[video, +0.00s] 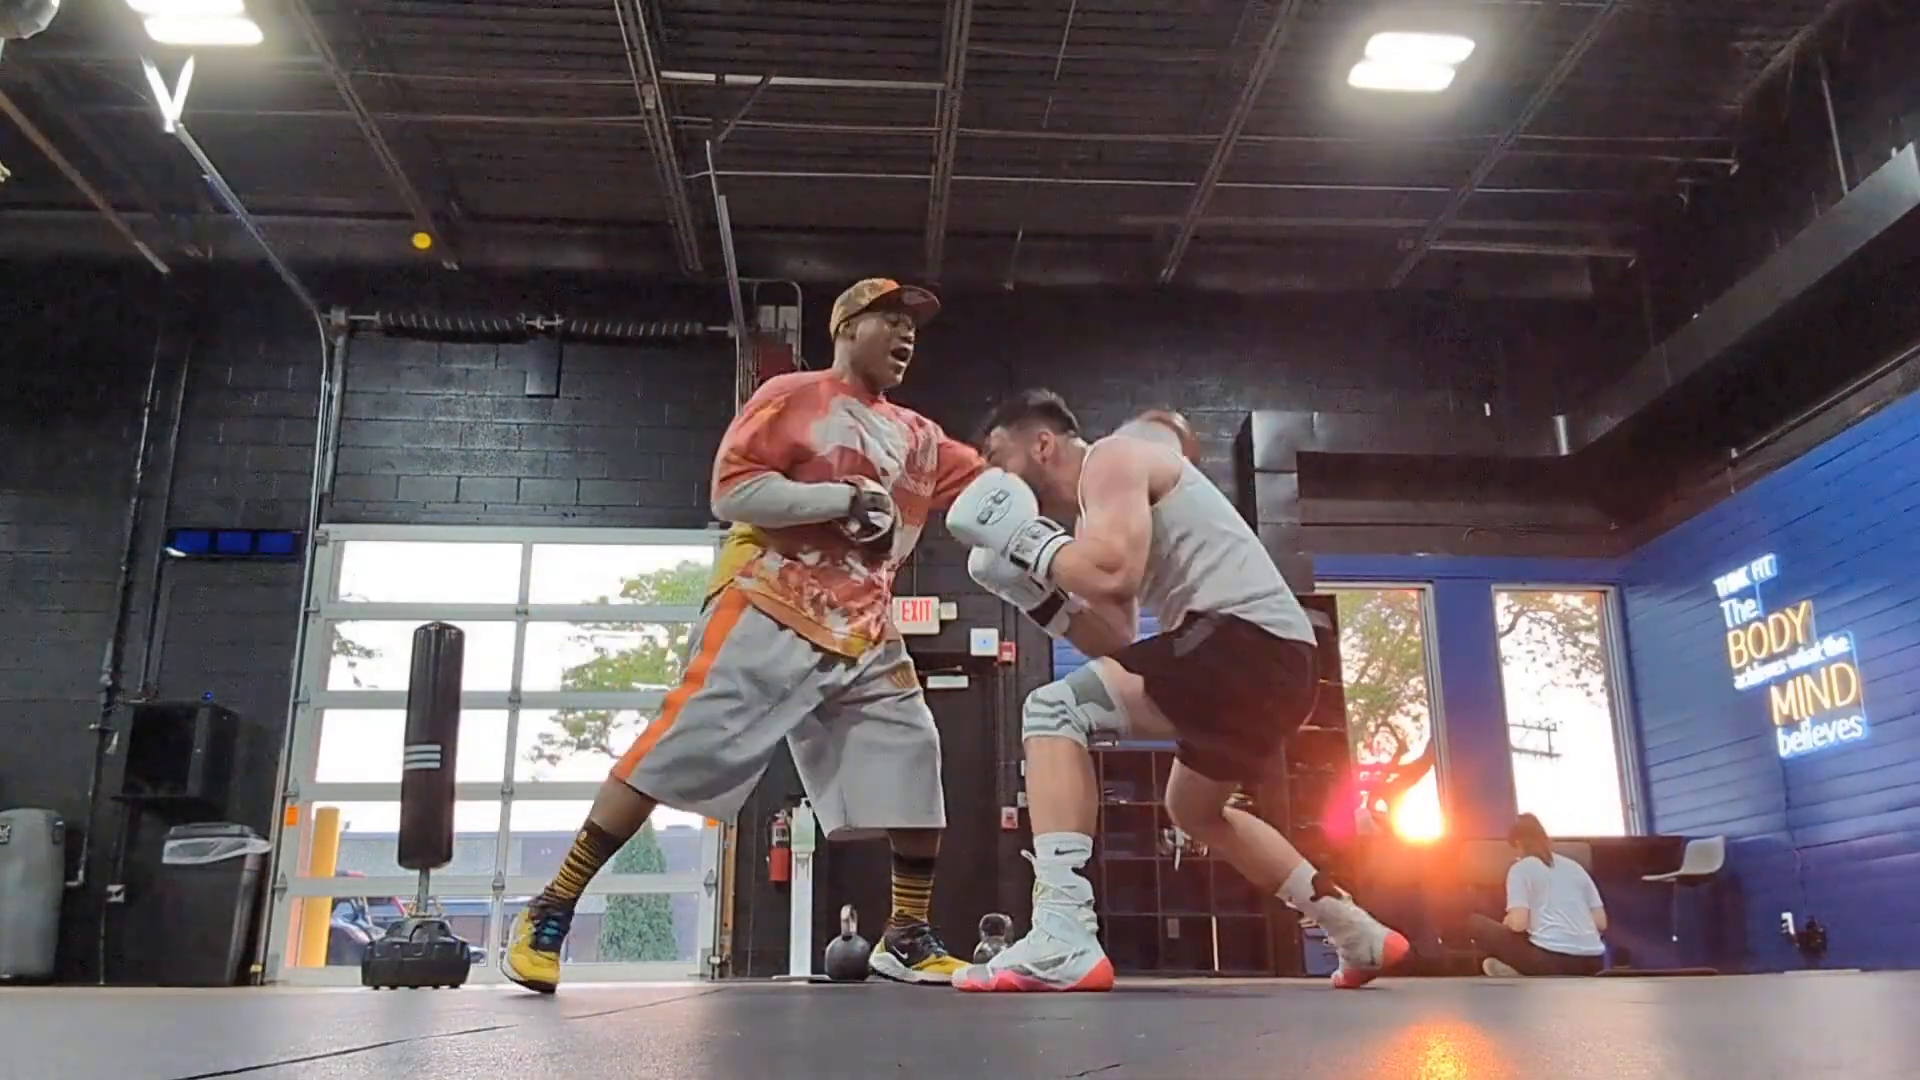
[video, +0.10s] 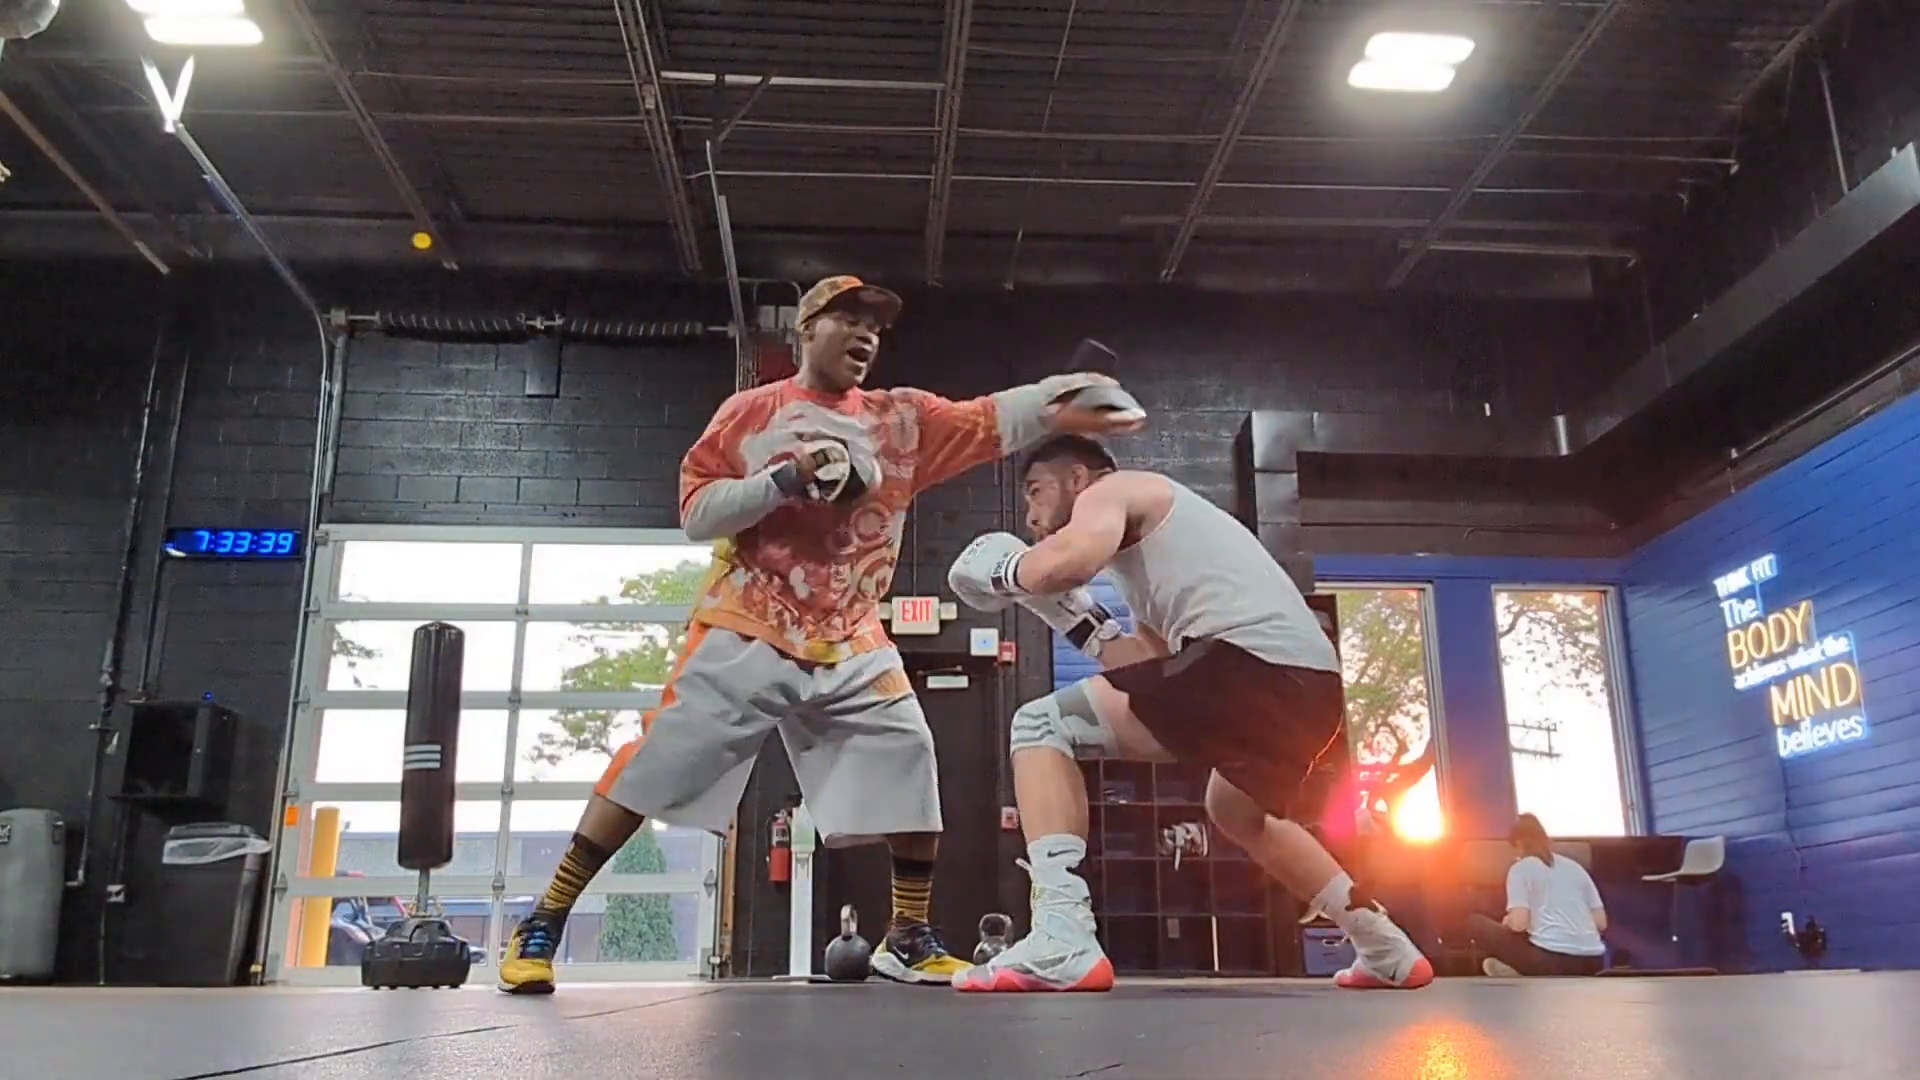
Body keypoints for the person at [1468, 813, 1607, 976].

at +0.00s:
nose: (1515, 853)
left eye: (1513, 848)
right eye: (1513, 848)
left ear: (1518, 844)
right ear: (1544, 839)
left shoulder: (1520, 869)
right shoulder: (1575, 867)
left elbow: (1519, 924)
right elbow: (1601, 922)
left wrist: (1508, 920)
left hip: (1550, 961)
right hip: (1592, 962)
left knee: (1475, 923)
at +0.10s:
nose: (1515, 853)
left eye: (1514, 848)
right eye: (1513, 848)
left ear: (1519, 844)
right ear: (1544, 840)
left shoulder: (1520, 869)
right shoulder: (1575, 867)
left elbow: (1519, 924)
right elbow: (1600, 922)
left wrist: (1508, 921)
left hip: (1550, 962)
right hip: (1592, 962)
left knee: (1475, 923)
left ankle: (1507, 964)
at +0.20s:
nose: (1515, 853)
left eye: (1514, 848)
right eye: (1513, 848)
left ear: (1519, 844)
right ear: (1544, 840)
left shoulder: (1521, 869)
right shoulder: (1575, 867)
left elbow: (1519, 924)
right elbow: (1600, 922)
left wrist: (1508, 921)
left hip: (1549, 962)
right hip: (1592, 962)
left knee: (1475, 923)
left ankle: (1509, 964)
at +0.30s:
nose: (1515, 853)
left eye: (1514, 848)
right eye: (1513, 848)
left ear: (1519, 844)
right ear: (1544, 840)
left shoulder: (1521, 869)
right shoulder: (1575, 867)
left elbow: (1519, 924)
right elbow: (1601, 923)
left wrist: (1508, 921)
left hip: (1549, 961)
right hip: (1592, 962)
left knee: (1474, 923)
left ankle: (1510, 965)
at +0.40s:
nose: (1514, 853)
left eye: (1514, 848)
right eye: (1513, 848)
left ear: (1519, 844)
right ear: (1544, 839)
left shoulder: (1521, 869)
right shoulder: (1575, 867)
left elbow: (1519, 924)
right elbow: (1601, 922)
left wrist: (1507, 921)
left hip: (1550, 961)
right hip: (1592, 962)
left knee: (1474, 923)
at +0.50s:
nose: (1514, 853)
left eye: (1514, 848)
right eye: (1513, 848)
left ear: (1519, 844)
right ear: (1544, 840)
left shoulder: (1521, 869)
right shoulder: (1575, 867)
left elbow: (1519, 924)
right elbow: (1601, 923)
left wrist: (1507, 920)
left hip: (1550, 961)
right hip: (1592, 962)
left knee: (1474, 923)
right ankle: (1513, 966)